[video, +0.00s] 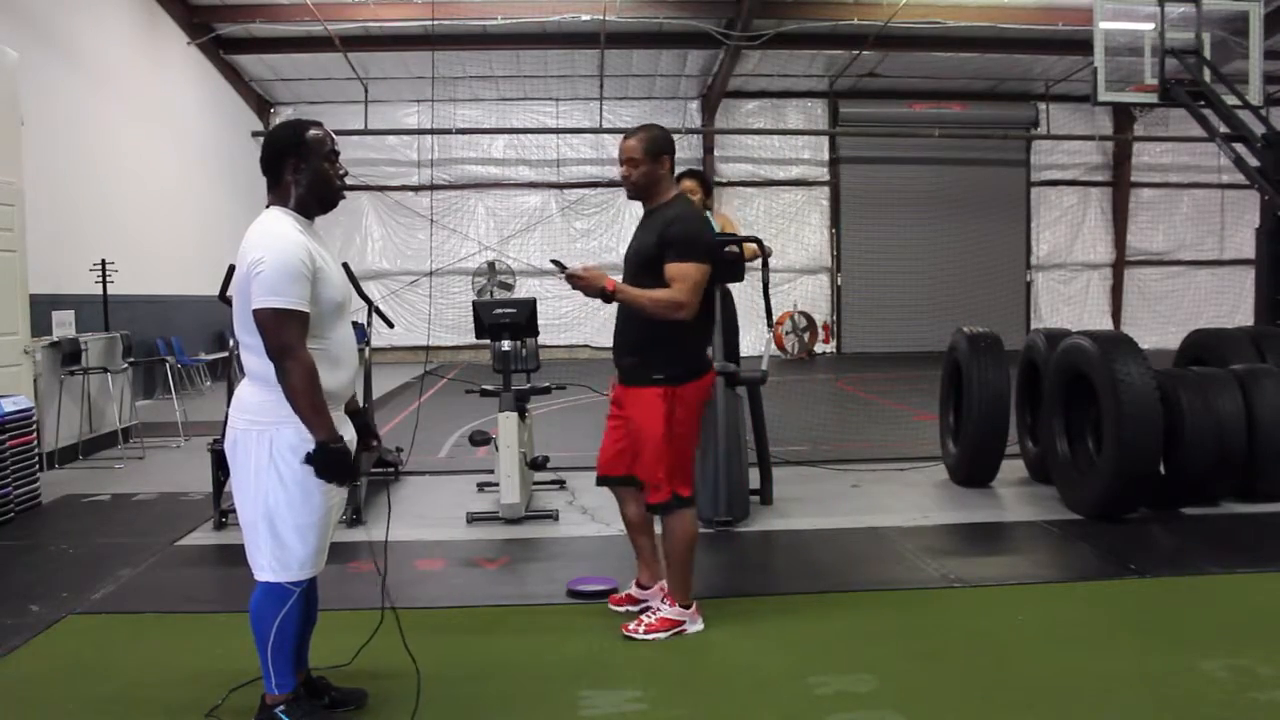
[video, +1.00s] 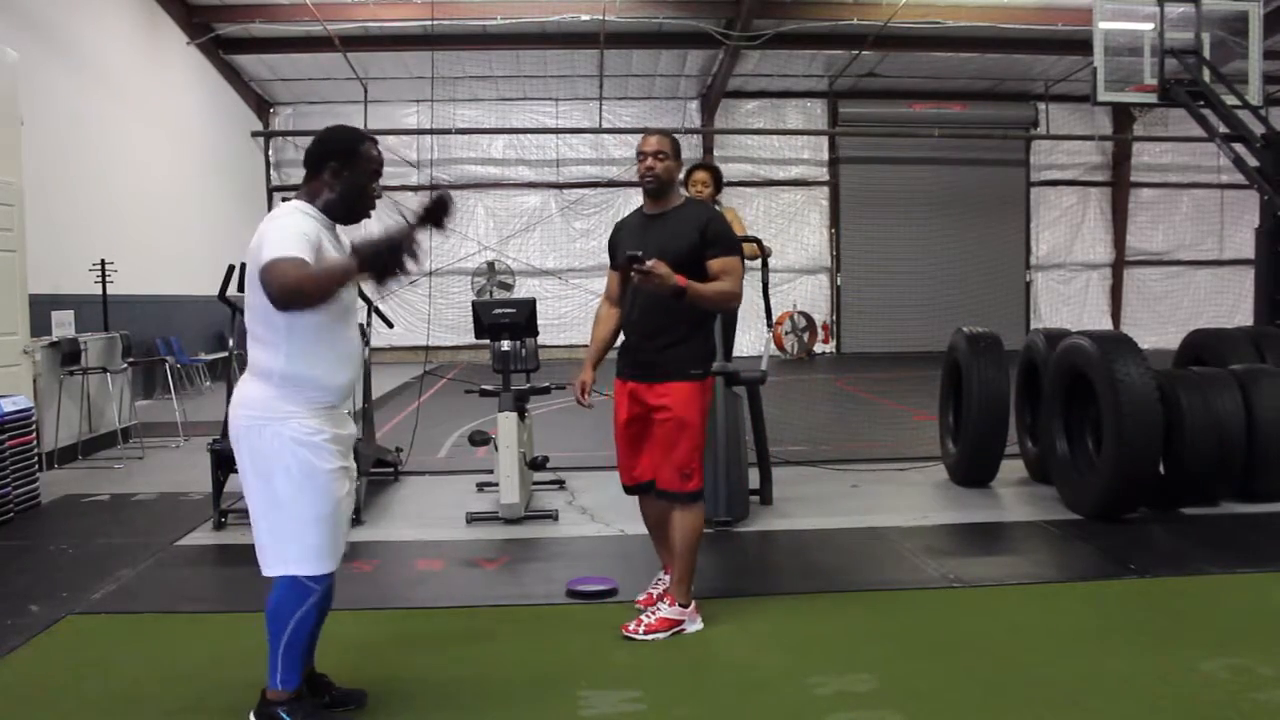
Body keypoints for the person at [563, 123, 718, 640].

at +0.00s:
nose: (623, 172)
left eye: (632, 163)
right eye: (622, 163)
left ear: (664, 164)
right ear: (635, 167)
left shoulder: (688, 222)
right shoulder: (653, 218)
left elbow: (682, 303)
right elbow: (652, 295)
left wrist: (610, 287)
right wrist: (607, 286)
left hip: (672, 382)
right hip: (637, 379)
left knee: (671, 493)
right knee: (621, 476)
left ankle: (681, 605)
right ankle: (651, 582)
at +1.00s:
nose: (649, 164)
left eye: (659, 157)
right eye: (642, 157)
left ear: (679, 166)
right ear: (635, 167)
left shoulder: (707, 219)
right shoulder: (625, 230)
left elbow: (731, 293)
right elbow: (612, 301)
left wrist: (675, 282)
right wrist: (590, 361)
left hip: (685, 375)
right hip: (635, 375)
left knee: (681, 487)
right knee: (646, 485)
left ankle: (681, 604)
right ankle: (673, 575)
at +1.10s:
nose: (641, 165)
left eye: (651, 158)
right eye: (636, 159)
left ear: (672, 167)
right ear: (630, 170)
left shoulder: (704, 219)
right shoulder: (624, 233)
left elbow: (733, 290)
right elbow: (614, 306)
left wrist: (675, 288)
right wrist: (597, 369)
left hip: (688, 375)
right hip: (638, 376)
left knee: (683, 486)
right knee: (649, 483)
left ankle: (682, 603)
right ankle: (674, 575)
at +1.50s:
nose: (646, 167)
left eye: (656, 160)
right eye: (642, 161)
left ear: (681, 168)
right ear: (639, 172)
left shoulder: (715, 217)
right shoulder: (639, 238)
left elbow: (745, 283)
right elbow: (635, 309)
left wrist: (684, 288)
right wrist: (625, 373)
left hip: (709, 369)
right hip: (658, 371)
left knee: (714, 473)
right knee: (666, 475)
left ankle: (747, 566)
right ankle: (675, 573)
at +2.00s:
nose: (712, 165)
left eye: (723, 159)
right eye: (708, 158)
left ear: (744, 169)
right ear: (701, 168)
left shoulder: (771, 225)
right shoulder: (689, 227)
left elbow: (794, 294)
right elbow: (677, 294)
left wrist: (740, 296)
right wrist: (658, 353)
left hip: (755, 373)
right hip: (697, 372)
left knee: (764, 473)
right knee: (683, 470)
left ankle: (767, 564)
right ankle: (676, 570)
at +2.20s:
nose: (727, 167)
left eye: (737, 160)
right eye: (722, 160)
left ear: (758, 167)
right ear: (716, 169)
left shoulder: (786, 225)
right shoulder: (701, 225)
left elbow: (810, 294)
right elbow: (689, 293)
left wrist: (764, 298)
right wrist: (673, 354)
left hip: (765, 372)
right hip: (707, 369)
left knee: (772, 472)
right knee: (695, 469)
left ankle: (767, 564)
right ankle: (680, 567)